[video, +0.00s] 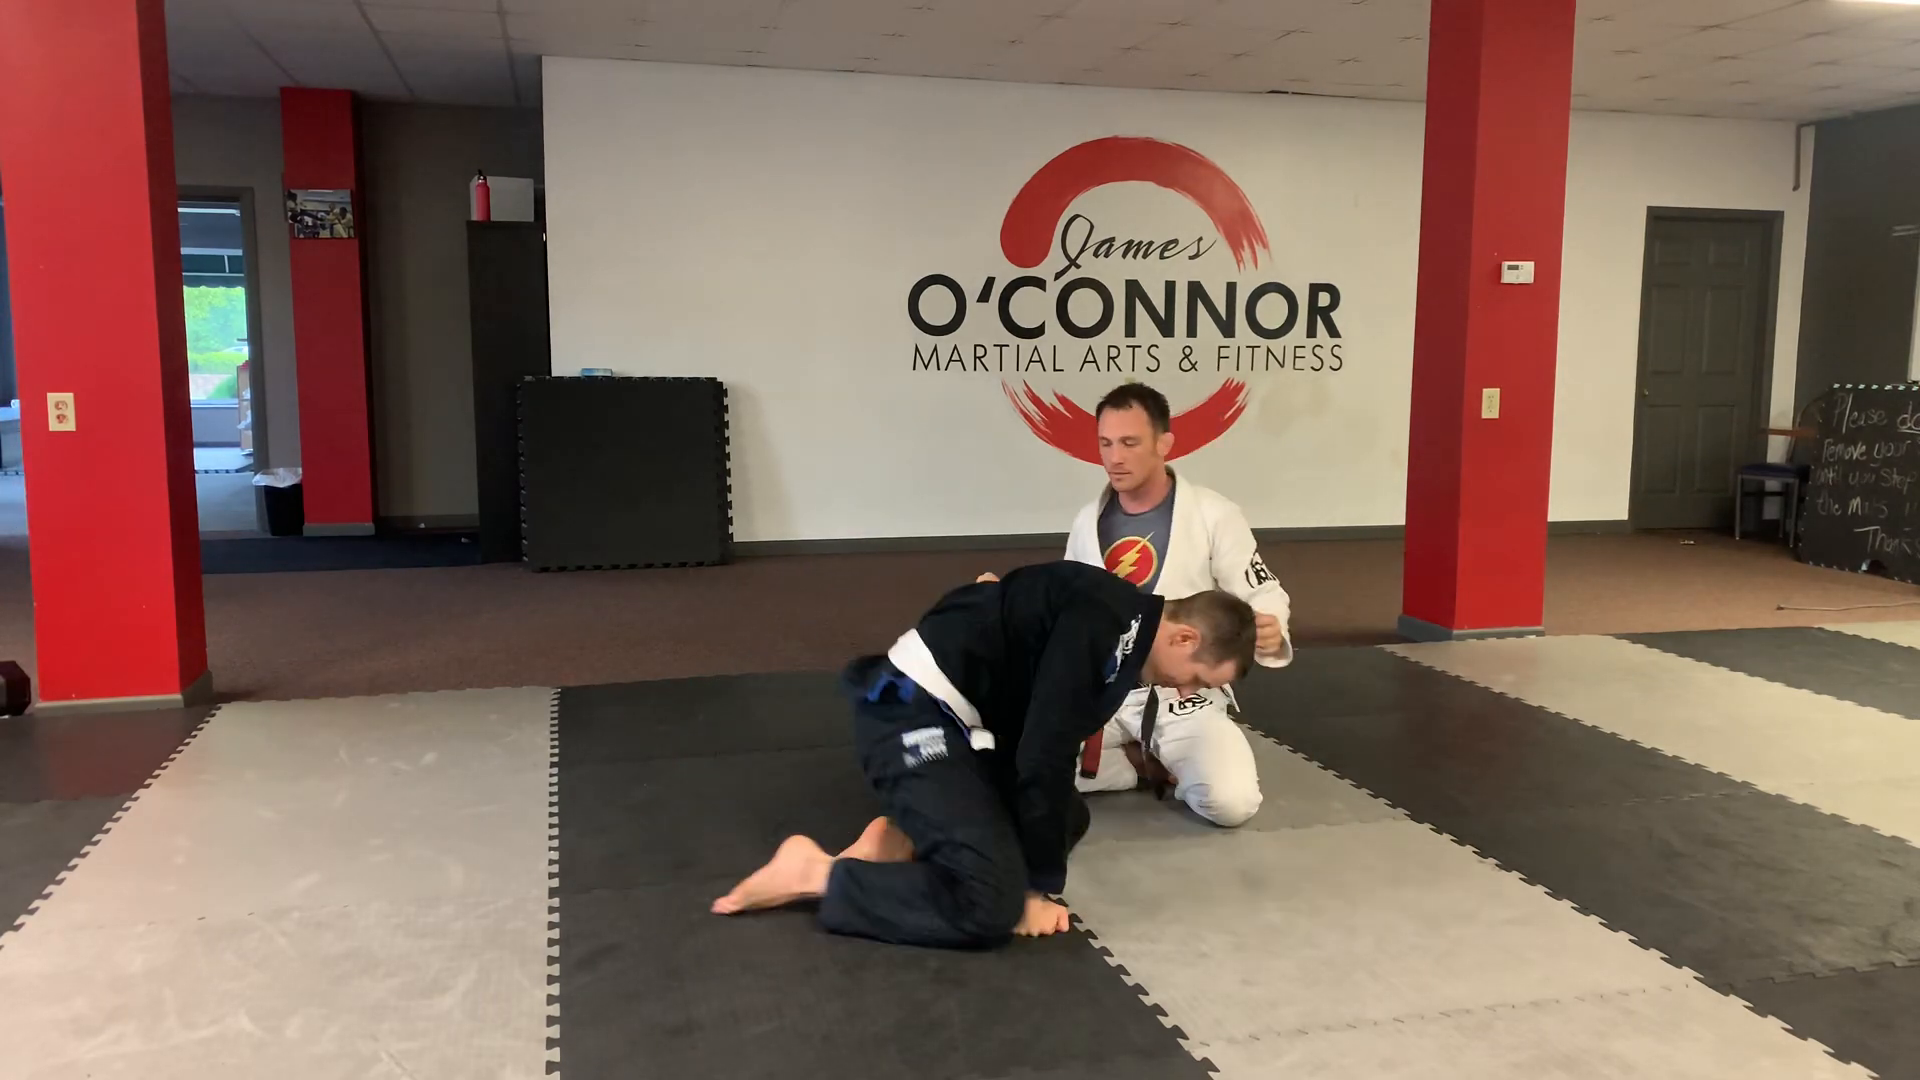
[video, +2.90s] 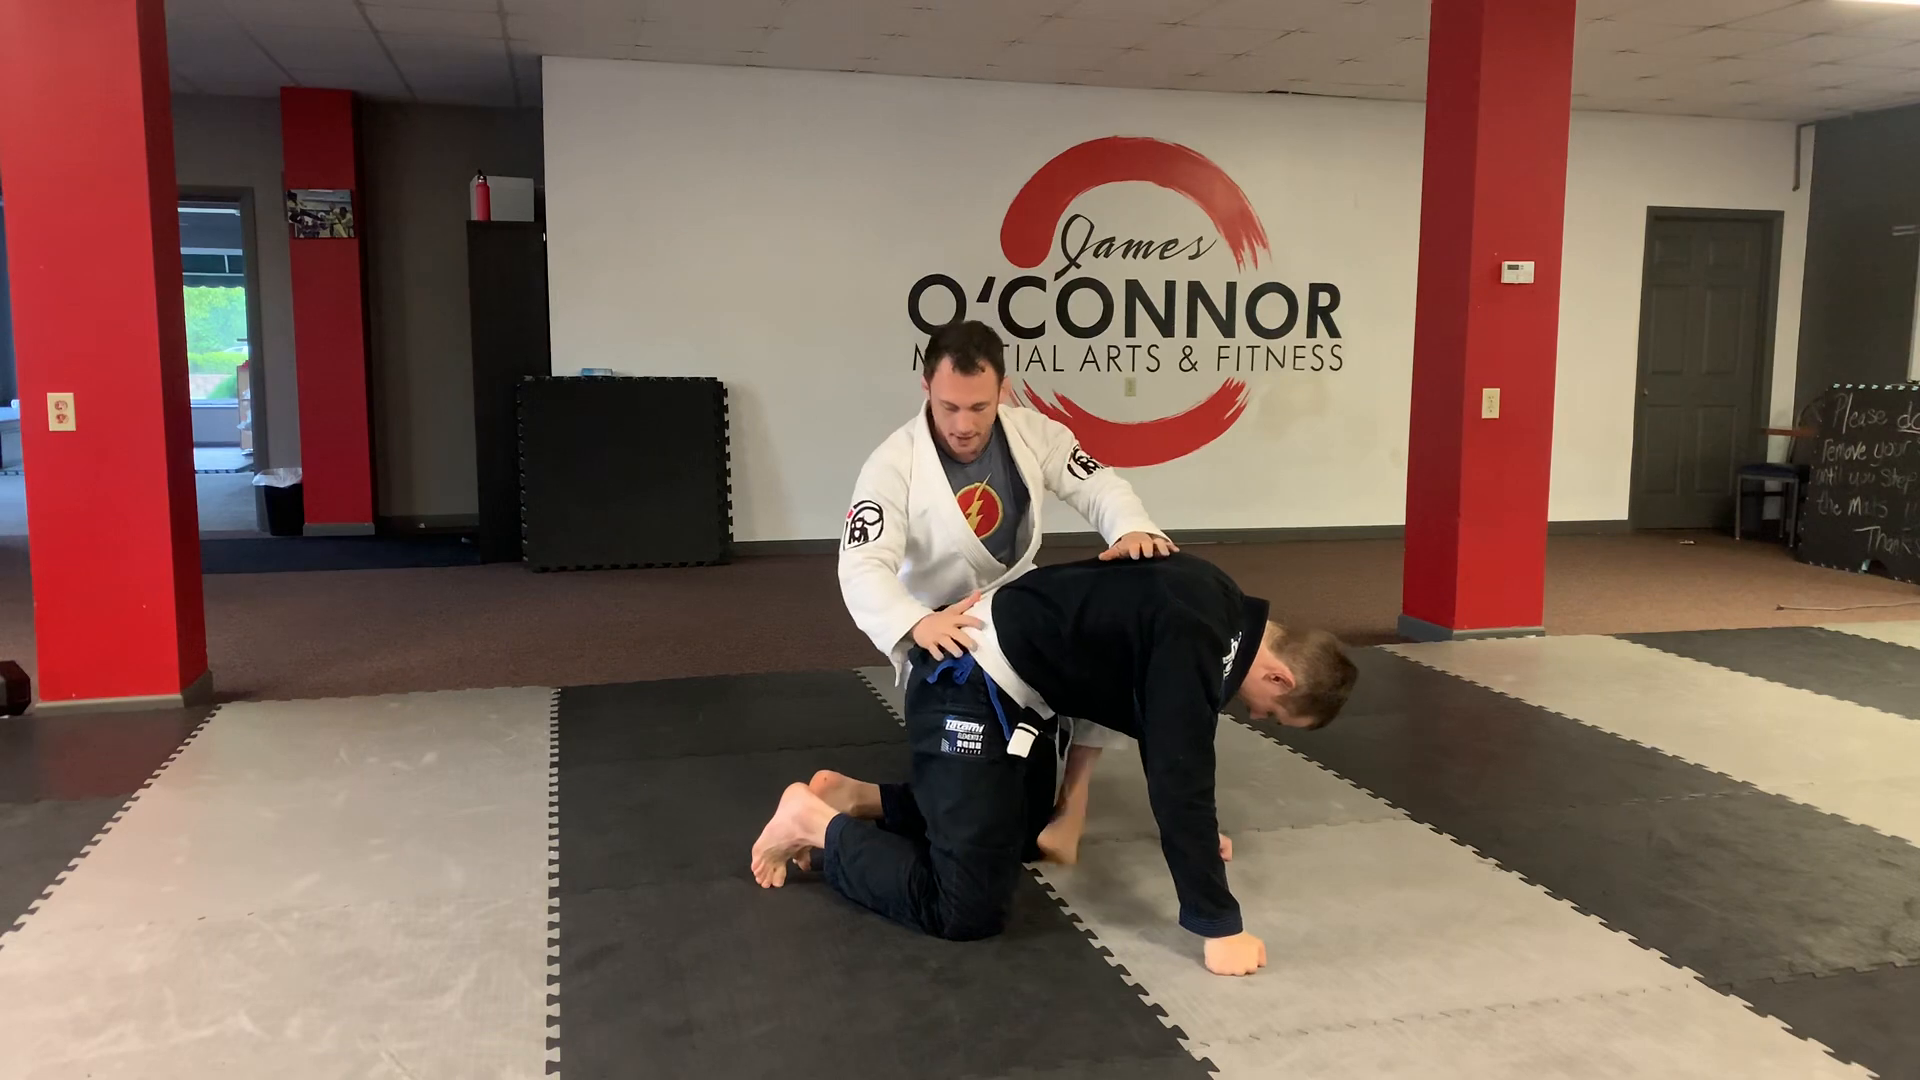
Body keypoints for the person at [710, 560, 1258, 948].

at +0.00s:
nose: (1187, 693)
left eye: (1202, 689)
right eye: (1199, 681)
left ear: (1185, 630)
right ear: (1185, 640)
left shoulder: (1124, 621)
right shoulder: (1100, 620)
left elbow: (1048, 741)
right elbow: (1042, 756)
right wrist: (1042, 891)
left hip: (961, 724)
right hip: (913, 719)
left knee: (1068, 820)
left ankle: (906, 836)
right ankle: (814, 873)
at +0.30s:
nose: (1207, 693)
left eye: (1221, 689)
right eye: (1218, 683)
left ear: (1204, 630)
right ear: (1205, 646)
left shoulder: (1141, 617)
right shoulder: (1124, 630)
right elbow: (1041, 756)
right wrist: (1078, 878)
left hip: (948, 719)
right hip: (925, 732)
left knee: (1040, 832)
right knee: (1009, 922)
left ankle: (909, 833)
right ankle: (842, 874)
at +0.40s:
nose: (1206, 689)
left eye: (1219, 685)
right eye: (1215, 678)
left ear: (1201, 633)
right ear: (1201, 644)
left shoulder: (1142, 613)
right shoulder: (1121, 625)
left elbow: (1077, 725)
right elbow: (1064, 761)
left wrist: (1098, 795)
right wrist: (1118, 889)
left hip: (972, 729)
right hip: (922, 731)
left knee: (1075, 833)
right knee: (1008, 923)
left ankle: (901, 829)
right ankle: (847, 866)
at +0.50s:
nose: (1204, 687)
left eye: (1216, 682)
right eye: (1213, 676)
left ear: (1197, 633)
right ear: (1195, 642)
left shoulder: (1144, 611)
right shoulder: (1113, 625)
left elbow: (1110, 728)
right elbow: (1092, 775)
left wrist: (1154, 802)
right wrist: (1139, 909)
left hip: (981, 726)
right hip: (921, 729)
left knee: (1069, 832)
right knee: (1002, 925)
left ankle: (899, 825)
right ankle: (849, 861)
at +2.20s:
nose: (1256, 715)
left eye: (1269, 712)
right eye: (1270, 709)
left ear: (1273, 658)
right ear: (1270, 668)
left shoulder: (1210, 608)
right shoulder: (1176, 627)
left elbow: (1180, 736)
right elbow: (1162, 781)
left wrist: (1195, 820)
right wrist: (1210, 923)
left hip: (1012, 689)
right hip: (961, 680)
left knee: (1026, 834)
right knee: (964, 908)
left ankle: (854, 795)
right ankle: (815, 824)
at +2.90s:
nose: (1258, 723)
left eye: (1270, 721)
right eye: (1271, 717)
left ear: (1276, 668)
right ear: (1271, 676)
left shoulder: (1219, 607)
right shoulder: (1186, 635)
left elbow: (1178, 746)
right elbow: (1179, 791)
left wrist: (1198, 825)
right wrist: (1216, 927)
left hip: (1025, 693)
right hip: (966, 680)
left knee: (1022, 829)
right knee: (966, 907)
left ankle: (860, 800)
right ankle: (813, 824)